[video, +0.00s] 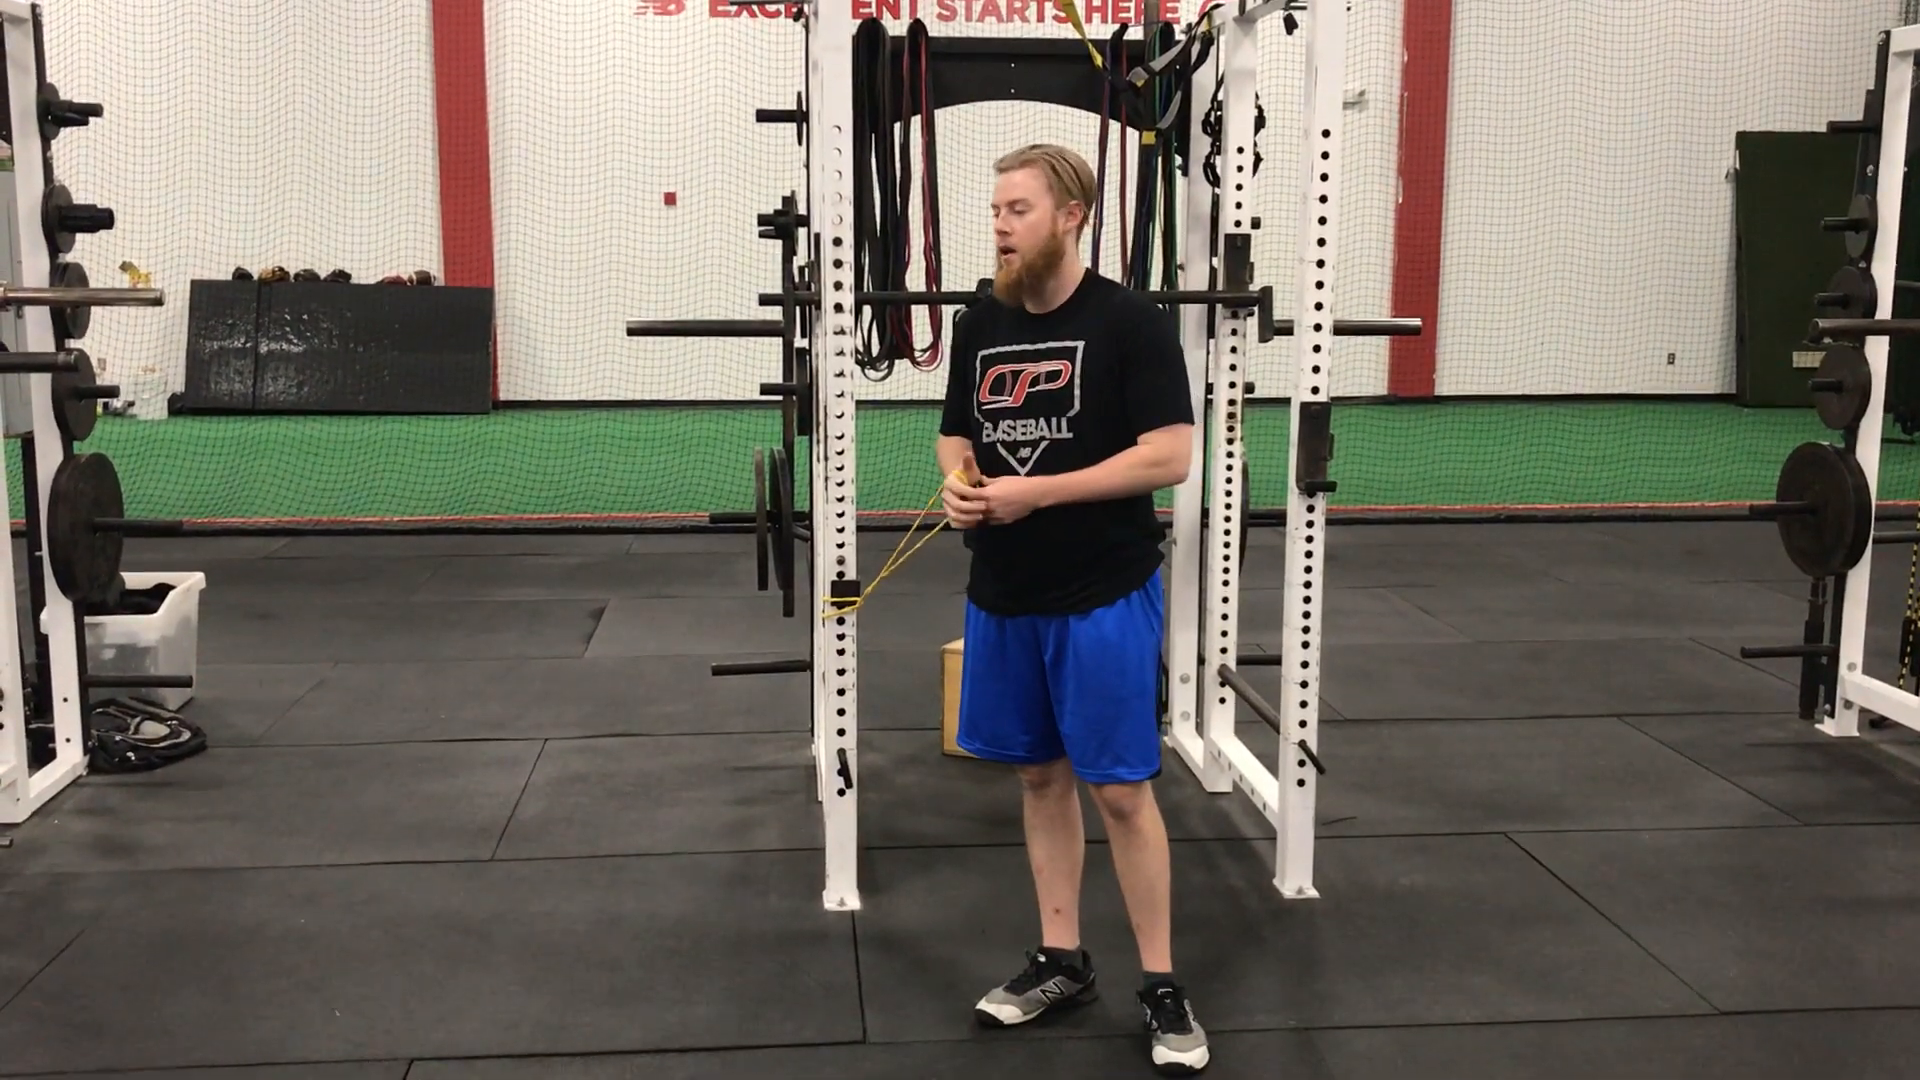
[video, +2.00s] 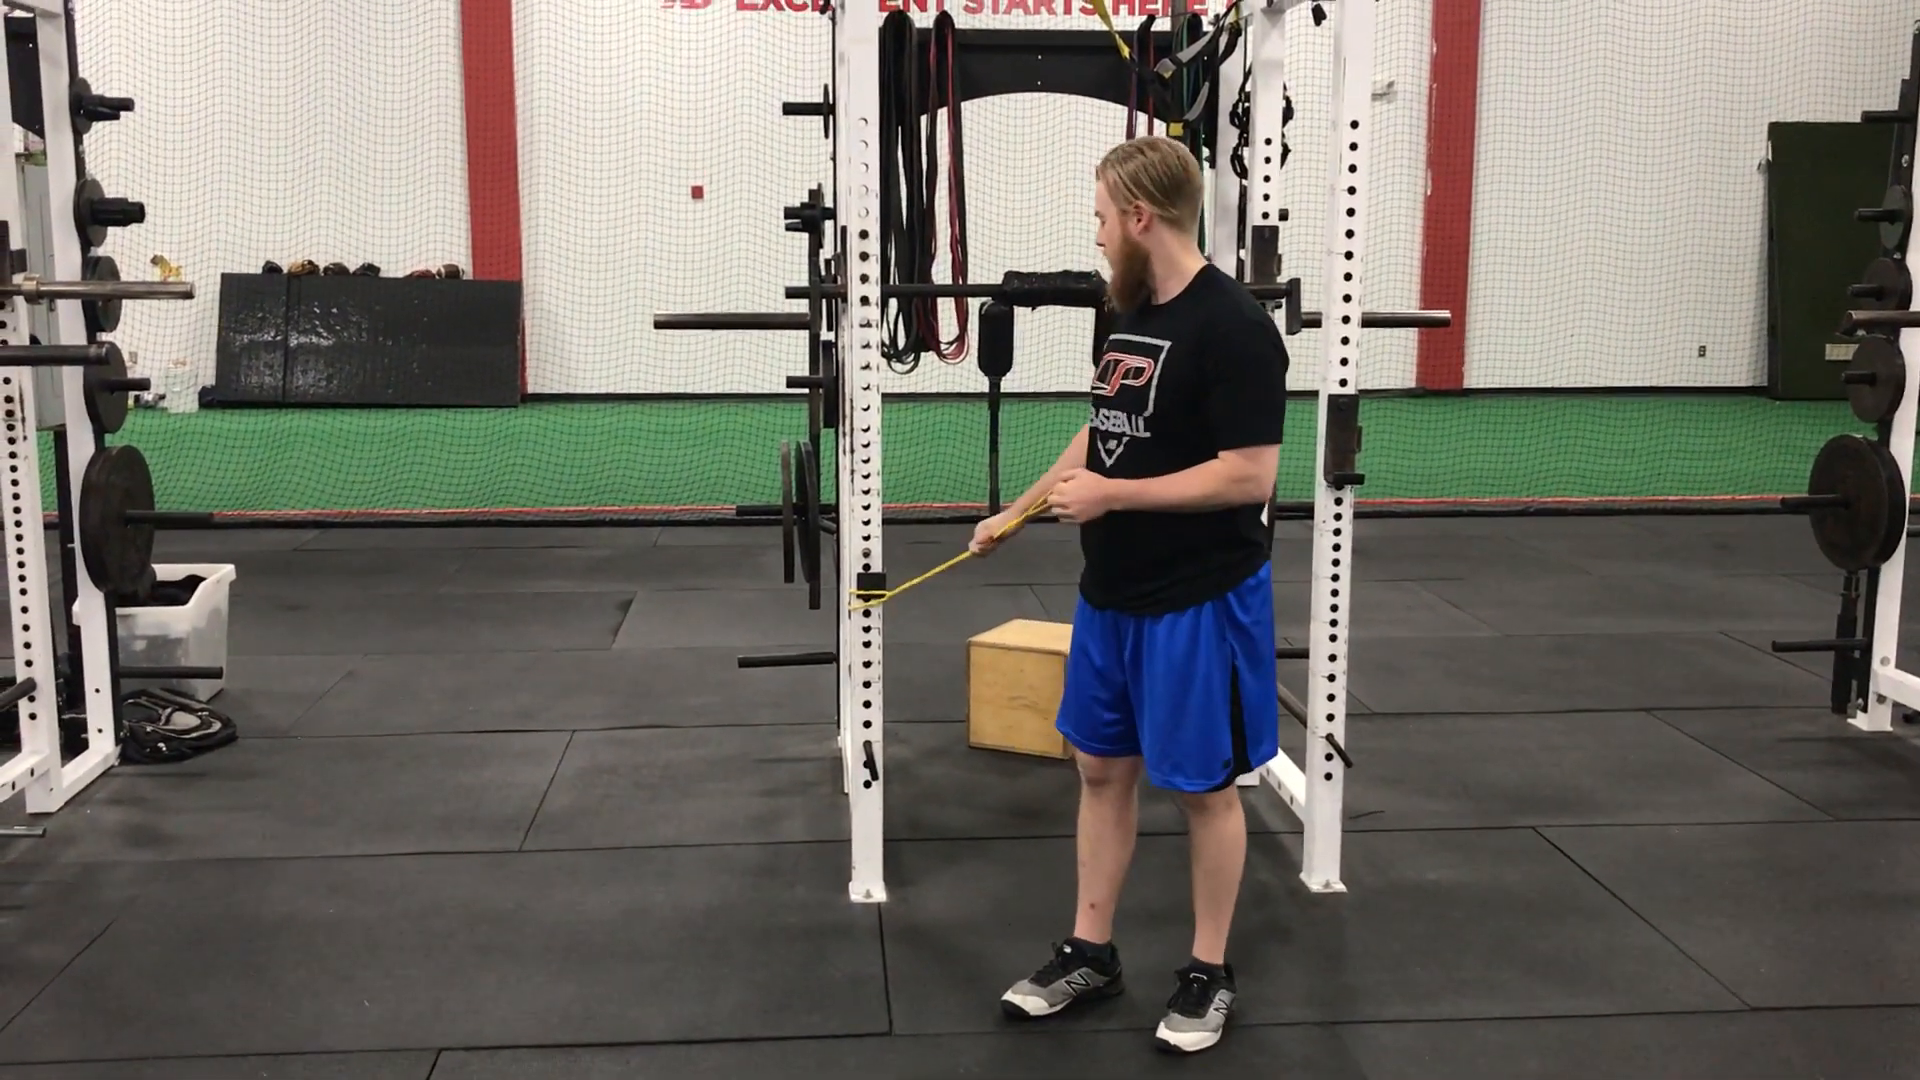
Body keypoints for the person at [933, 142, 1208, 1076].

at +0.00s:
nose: (999, 226)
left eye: (1017, 209)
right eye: (995, 211)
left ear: (1071, 218)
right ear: (995, 222)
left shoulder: (1132, 319)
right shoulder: (981, 321)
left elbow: (1171, 453)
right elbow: (956, 436)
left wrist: (1034, 491)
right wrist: (960, 483)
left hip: (1107, 597)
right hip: (1006, 598)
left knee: (1122, 793)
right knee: (1041, 780)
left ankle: (1161, 988)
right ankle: (1061, 963)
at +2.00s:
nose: (1097, 230)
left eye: (1103, 214)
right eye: (1098, 214)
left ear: (1141, 216)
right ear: (1152, 213)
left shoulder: (1237, 326)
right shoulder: (1127, 311)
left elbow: (1252, 476)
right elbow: (1109, 436)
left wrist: (1114, 495)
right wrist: (1019, 509)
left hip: (1203, 601)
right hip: (1112, 593)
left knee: (1206, 787)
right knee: (1101, 768)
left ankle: (1207, 974)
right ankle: (1089, 954)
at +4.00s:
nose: (1123, 222)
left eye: (1143, 205)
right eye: (1110, 204)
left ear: (1181, 216)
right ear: (1094, 212)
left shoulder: (1225, 321)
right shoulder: (1074, 329)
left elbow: (1246, 462)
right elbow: (1053, 462)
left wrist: (1109, 489)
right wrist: (1031, 583)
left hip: (1199, 601)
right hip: (1097, 600)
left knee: (1209, 786)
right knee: (1108, 778)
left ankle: (1223, 979)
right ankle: (1108, 962)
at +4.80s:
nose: (1054, 244)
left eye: (1066, 224)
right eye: (1054, 226)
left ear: (1124, 228)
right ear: (1114, 230)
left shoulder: (1190, 344)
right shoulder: (1092, 333)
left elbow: (1198, 498)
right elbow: (1111, 468)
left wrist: (1067, 521)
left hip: (1171, 623)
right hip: (1072, 610)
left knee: (1205, 807)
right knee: (997, 761)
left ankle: (1248, 974)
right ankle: (964, 975)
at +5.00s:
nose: (951, 257)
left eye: (963, 237)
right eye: (953, 238)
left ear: (1019, 243)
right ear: (1018, 245)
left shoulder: (1078, 352)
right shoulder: (1015, 351)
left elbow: (1090, 505)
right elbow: (1051, 467)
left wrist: (963, 537)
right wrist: (1009, 432)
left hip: (1094, 642)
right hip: (996, 630)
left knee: (1148, 818)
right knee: (917, 781)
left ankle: (1244, 964)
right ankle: (898, 993)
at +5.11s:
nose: (899, 250)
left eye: (910, 231)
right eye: (901, 231)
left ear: (959, 236)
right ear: (966, 239)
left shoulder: (1012, 342)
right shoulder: (975, 341)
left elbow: (1014, 495)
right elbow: (1008, 450)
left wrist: (914, 530)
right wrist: (945, 428)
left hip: (1034, 638)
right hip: (949, 626)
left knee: (1072, 837)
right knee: (881, 782)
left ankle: (1218, 943)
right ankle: (895, 995)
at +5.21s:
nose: (852, 236)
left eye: (864, 216)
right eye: (857, 218)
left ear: (913, 226)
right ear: (925, 230)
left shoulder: (957, 328)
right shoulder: (932, 328)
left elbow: (949, 481)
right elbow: (951, 477)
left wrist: (861, 500)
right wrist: (884, 499)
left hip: (988, 626)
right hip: (920, 618)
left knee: (976, 841)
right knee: (870, 783)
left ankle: (1150, 929)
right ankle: (895, 993)